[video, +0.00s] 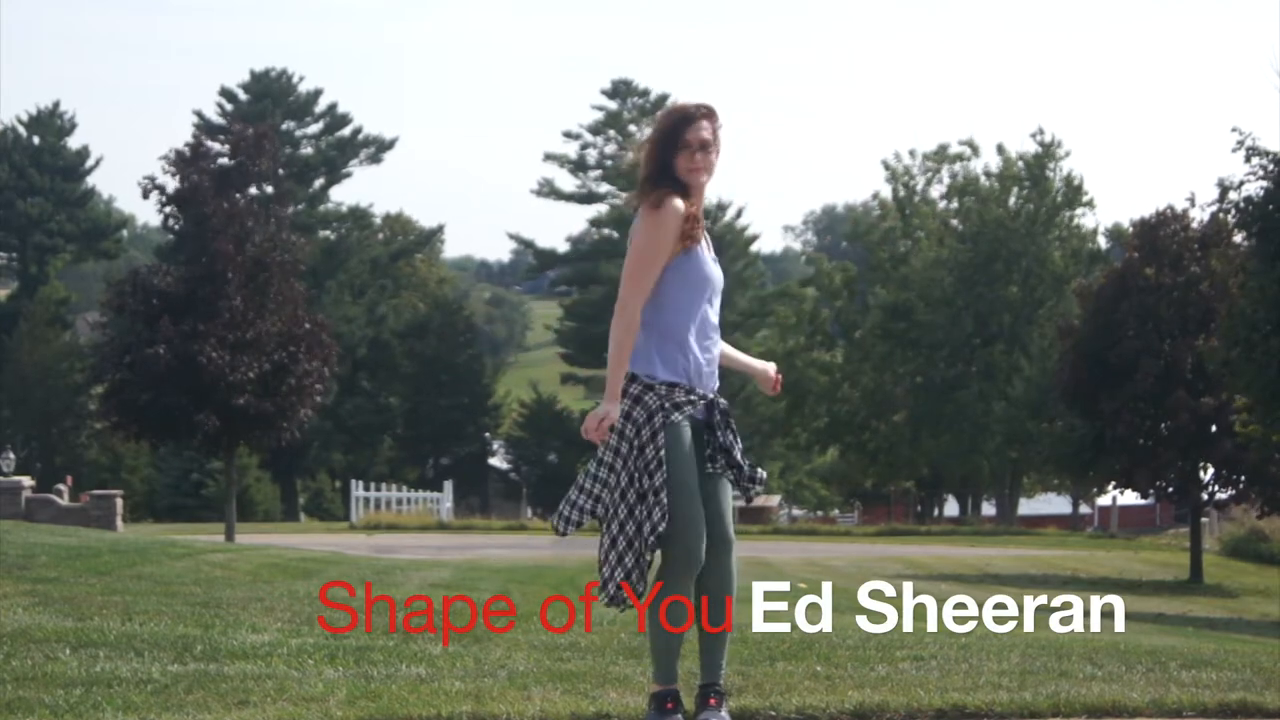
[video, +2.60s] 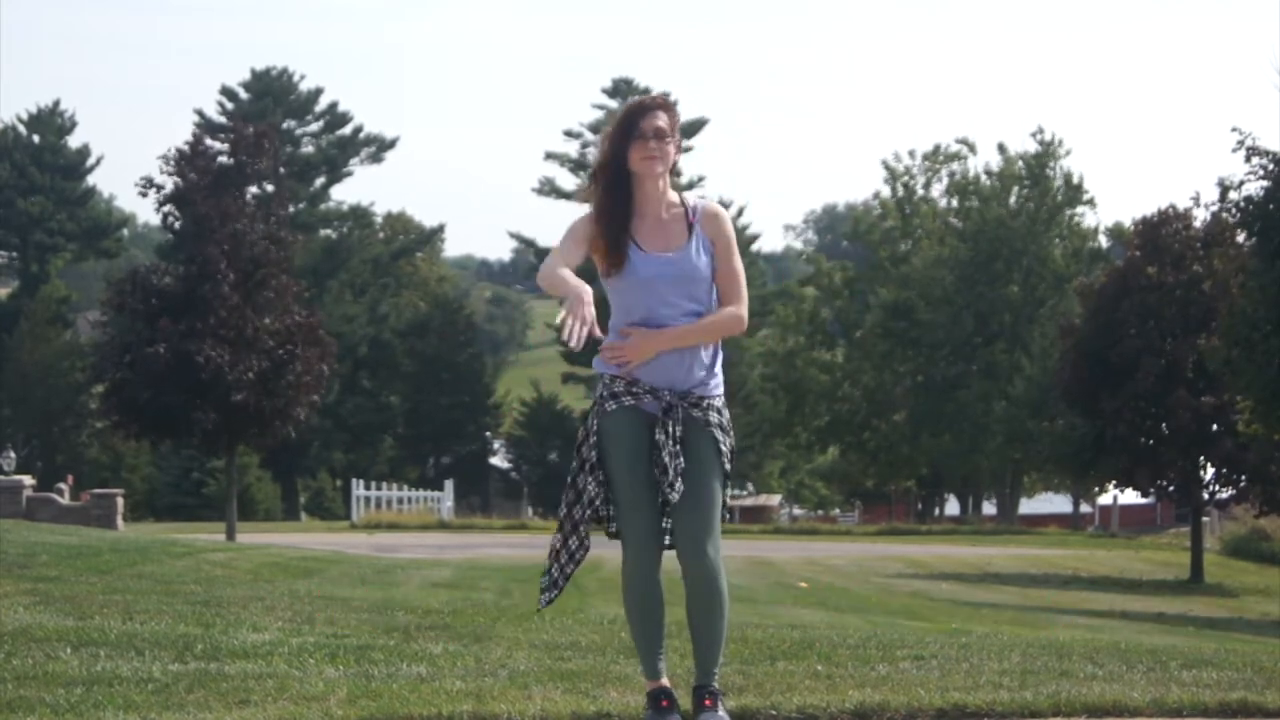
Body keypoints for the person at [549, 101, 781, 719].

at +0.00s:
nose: (699, 157)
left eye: (708, 147)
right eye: (688, 147)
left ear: (718, 155)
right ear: (666, 154)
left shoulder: (697, 223)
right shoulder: (665, 211)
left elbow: (696, 331)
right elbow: (628, 307)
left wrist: (754, 366)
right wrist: (612, 397)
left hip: (704, 402)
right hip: (661, 397)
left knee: (720, 544)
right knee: (685, 543)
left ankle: (713, 694)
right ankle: (665, 696)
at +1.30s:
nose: (655, 155)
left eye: (666, 147)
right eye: (645, 145)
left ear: (681, 155)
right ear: (626, 154)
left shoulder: (698, 211)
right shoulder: (624, 236)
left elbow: (773, 279)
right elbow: (612, 334)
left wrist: (747, 367)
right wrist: (569, 413)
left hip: (703, 406)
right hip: (645, 405)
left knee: (689, 557)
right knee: (652, 553)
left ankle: (706, 693)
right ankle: (658, 683)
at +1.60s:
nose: (659, 154)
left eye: (670, 145)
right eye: (650, 142)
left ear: (681, 154)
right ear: (628, 148)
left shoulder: (705, 210)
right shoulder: (604, 232)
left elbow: (808, 238)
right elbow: (609, 331)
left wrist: (822, 301)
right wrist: (606, 417)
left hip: (721, 395)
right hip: (648, 398)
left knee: (716, 552)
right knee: (659, 547)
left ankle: (710, 691)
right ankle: (660, 688)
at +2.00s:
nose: (670, 151)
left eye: (680, 142)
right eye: (660, 141)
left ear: (692, 153)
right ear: (639, 151)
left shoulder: (705, 232)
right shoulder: (607, 226)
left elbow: (760, 316)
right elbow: (554, 309)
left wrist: (836, 282)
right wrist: (568, 400)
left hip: (725, 401)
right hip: (658, 404)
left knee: (719, 551)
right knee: (684, 553)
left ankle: (712, 691)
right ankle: (664, 692)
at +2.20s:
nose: (671, 143)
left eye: (680, 134)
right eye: (659, 134)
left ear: (694, 144)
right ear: (639, 147)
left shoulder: (707, 225)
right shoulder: (614, 215)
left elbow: (730, 319)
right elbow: (530, 271)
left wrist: (812, 340)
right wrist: (513, 361)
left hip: (711, 401)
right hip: (650, 399)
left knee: (712, 544)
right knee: (667, 541)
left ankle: (712, 691)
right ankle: (663, 692)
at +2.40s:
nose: (670, 140)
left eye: (677, 130)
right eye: (657, 131)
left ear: (690, 140)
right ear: (634, 144)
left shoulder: (713, 220)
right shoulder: (612, 211)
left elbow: (729, 310)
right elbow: (530, 248)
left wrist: (714, 353)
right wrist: (497, 309)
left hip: (701, 396)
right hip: (635, 392)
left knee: (702, 543)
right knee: (650, 539)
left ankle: (710, 688)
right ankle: (660, 687)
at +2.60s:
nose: (659, 144)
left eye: (667, 135)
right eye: (647, 136)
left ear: (679, 146)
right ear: (623, 148)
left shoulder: (709, 218)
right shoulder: (598, 224)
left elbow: (736, 315)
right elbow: (550, 272)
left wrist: (659, 339)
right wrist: (579, 292)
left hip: (699, 397)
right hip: (626, 395)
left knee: (699, 547)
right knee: (640, 545)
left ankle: (706, 690)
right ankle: (658, 687)